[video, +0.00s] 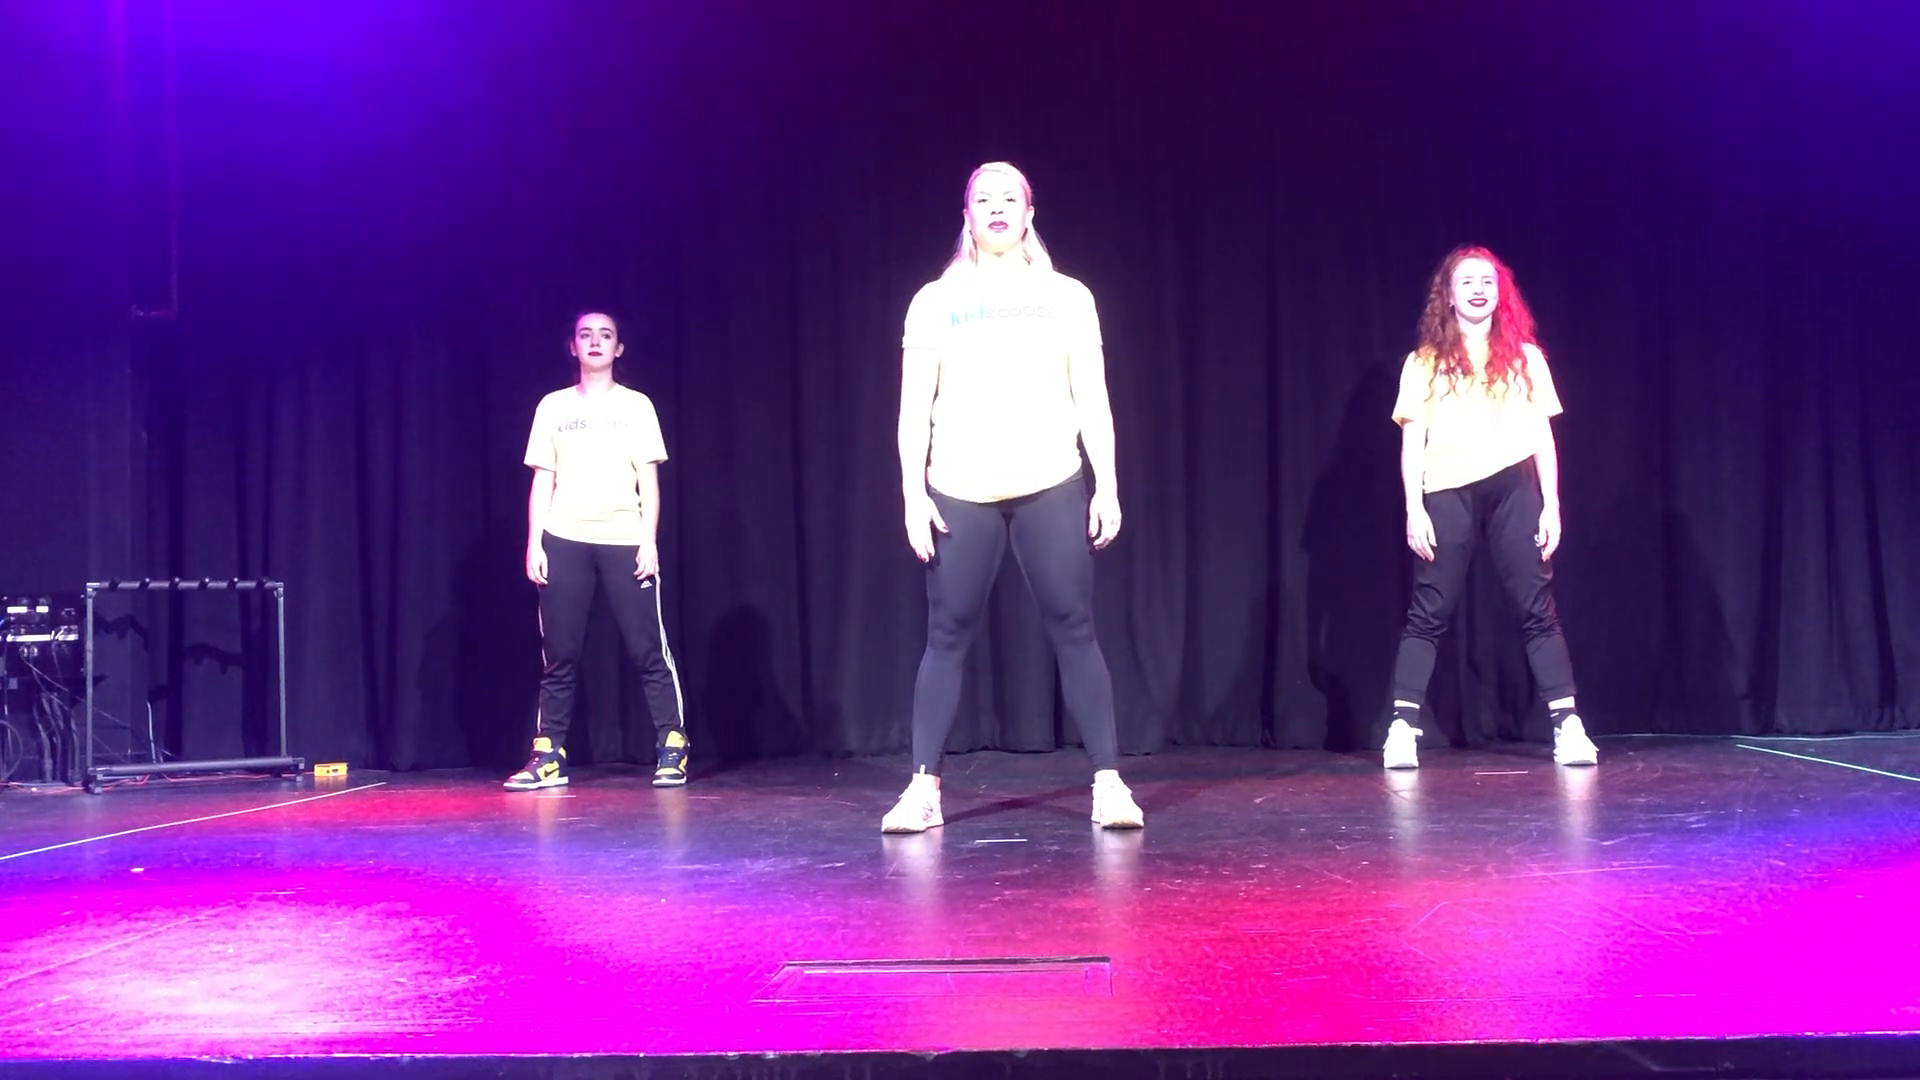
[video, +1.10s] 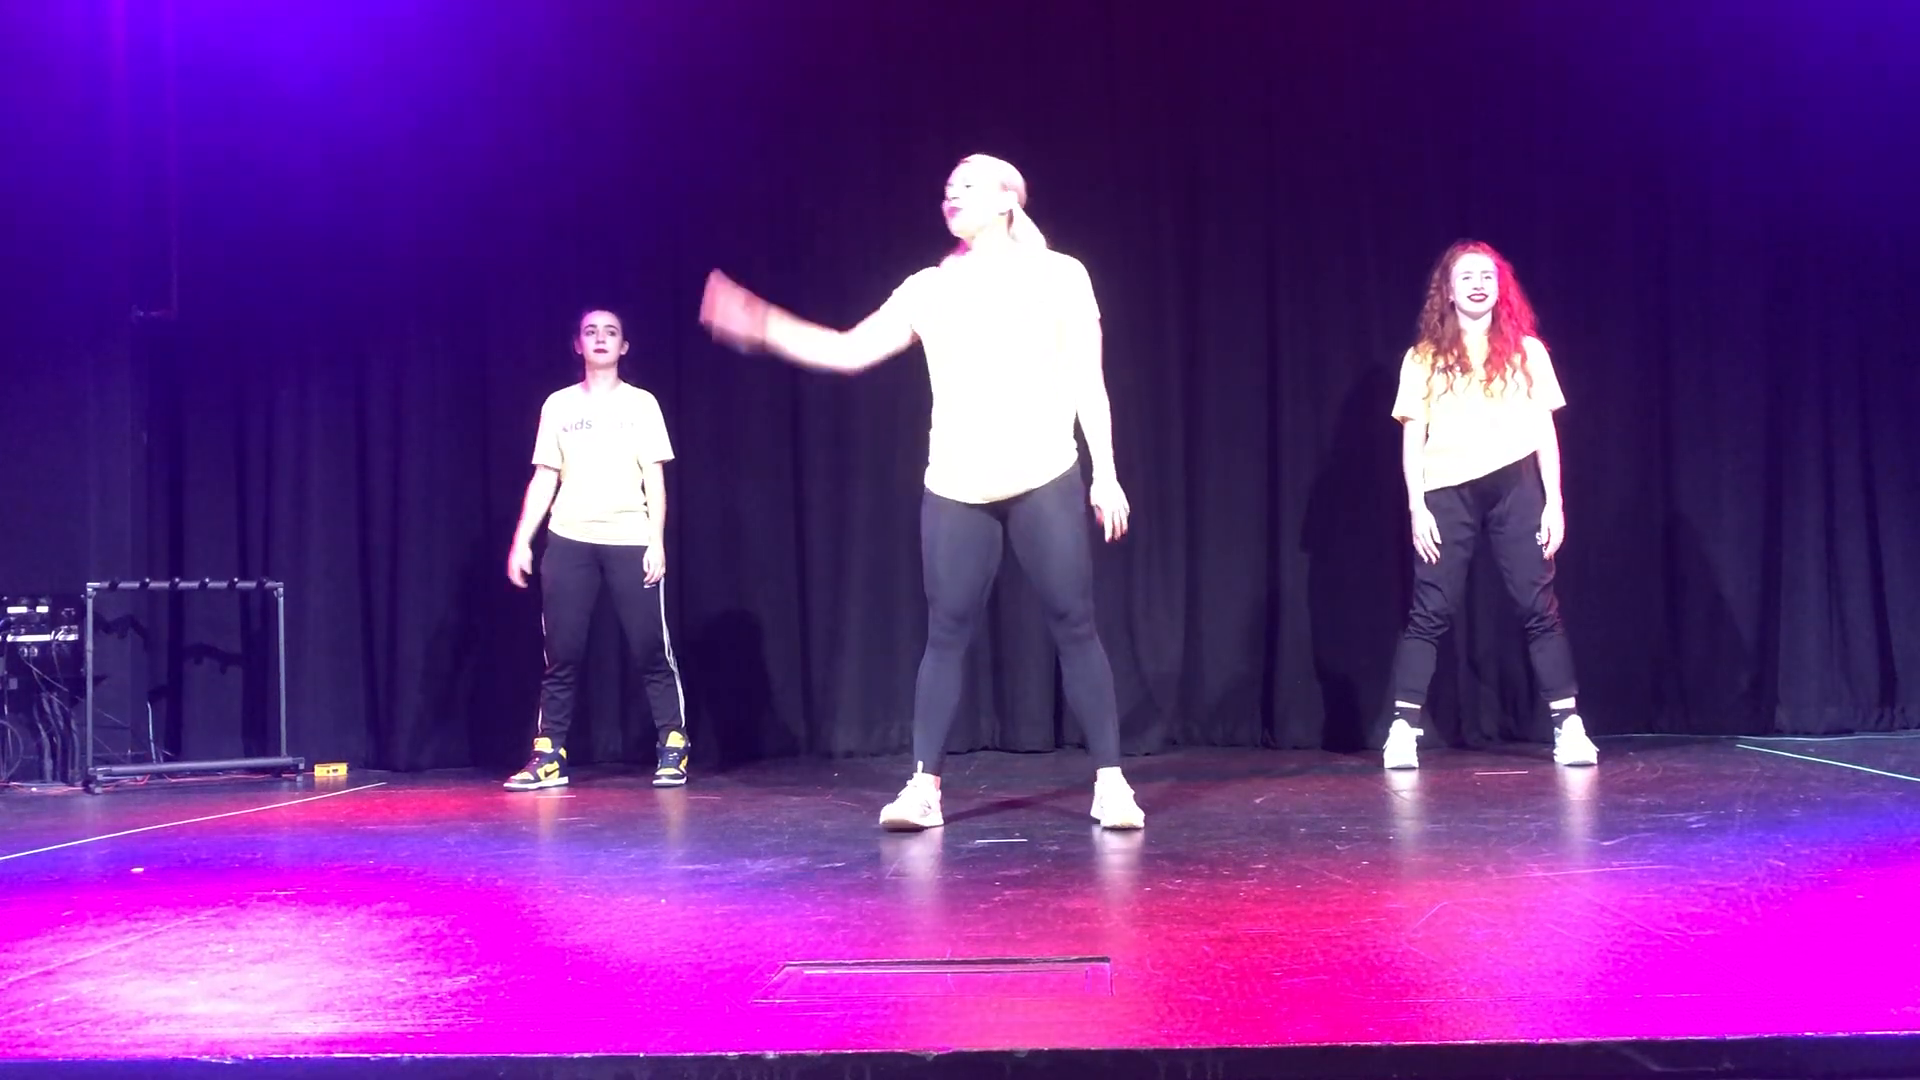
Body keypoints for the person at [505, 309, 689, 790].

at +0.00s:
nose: (595, 342)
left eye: (604, 335)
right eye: (586, 335)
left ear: (618, 348)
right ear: (573, 346)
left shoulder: (637, 405)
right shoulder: (552, 406)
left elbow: (648, 481)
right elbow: (542, 480)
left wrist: (648, 542)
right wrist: (534, 544)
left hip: (625, 543)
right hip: (564, 542)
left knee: (648, 652)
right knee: (558, 655)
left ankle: (672, 747)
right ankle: (549, 756)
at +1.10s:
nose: (600, 339)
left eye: (609, 332)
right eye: (591, 332)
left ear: (623, 345)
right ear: (578, 345)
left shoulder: (642, 403)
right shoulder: (558, 405)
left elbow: (654, 478)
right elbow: (544, 478)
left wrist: (656, 541)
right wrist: (521, 541)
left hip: (631, 541)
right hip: (569, 542)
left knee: (651, 650)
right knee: (560, 655)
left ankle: (673, 748)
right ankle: (550, 756)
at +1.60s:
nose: (486, 371)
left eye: (497, 362)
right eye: (482, 364)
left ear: (524, 373)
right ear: (481, 379)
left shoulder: (546, 415)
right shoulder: (509, 436)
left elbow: (590, 474)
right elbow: (466, 476)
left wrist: (609, 547)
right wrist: (472, 417)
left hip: (619, 541)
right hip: (579, 551)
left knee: (642, 649)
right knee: (555, 651)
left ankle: (696, 746)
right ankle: (549, 757)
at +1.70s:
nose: (477, 384)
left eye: (489, 375)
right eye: (475, 376)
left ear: (517, 384)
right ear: (476, 387)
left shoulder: (539, 423)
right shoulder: (505, 446)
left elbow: (584, 481)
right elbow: (464, 485)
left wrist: (604, 554)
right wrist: (468, 429)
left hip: (618, 549)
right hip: (580, 557)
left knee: (631, 655)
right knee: (543, 648)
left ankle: (706, 741)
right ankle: (548, 758)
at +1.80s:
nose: (477, 396)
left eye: (488, 388)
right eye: (475, 390)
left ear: (516, 397)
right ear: (473, 399)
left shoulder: (544, 439)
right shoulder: (510, 461)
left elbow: (583, 500)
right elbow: (473, 503)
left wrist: (600, 570)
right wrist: (473, 447)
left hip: (616, 563)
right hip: (574, 569)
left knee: (622, 672)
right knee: (529, 652)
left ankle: (710, 744)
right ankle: (546, 759)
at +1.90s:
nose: (483, 389)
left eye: (494, 380)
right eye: (481, 381)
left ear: (522, 389)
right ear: (482, 391)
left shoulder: (547, 430)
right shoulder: (514, 452)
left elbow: (589, 491)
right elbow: (475, 496)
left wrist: (591, 566)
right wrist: (475, 439)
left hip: (615, 556)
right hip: (575, 562)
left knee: (626, 665)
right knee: (533, 650)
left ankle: (710, 745)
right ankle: (547, 759)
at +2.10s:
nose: (520, 357)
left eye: (531, 348)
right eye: (513, 349)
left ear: (554, 360)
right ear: (506, 361)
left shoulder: (578, 403)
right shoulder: (523, 423)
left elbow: (615, 461)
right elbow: (481, 459)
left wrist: (617, 512)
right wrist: (499, 400)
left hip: (619, 544)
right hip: (569, 549)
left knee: (645, 648)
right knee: (548, 647)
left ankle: (711, 744)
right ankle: (549, 758)